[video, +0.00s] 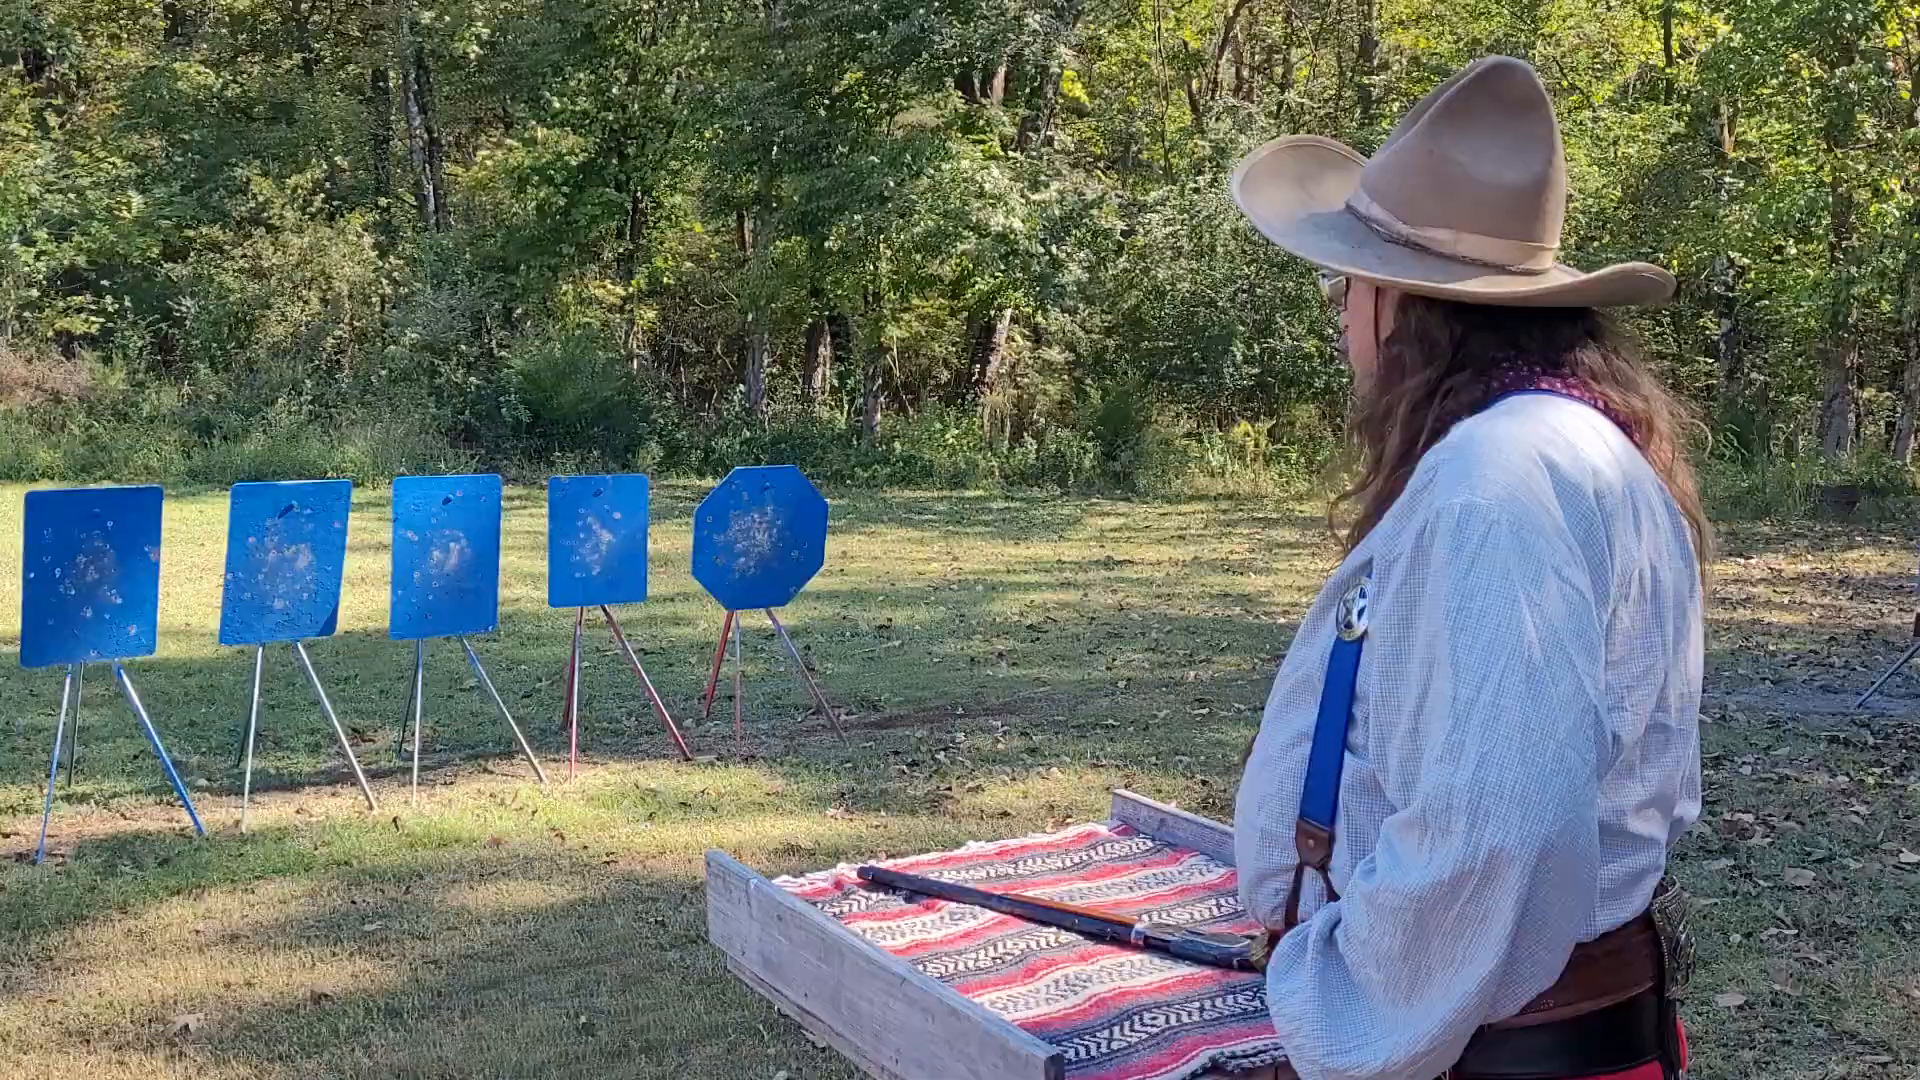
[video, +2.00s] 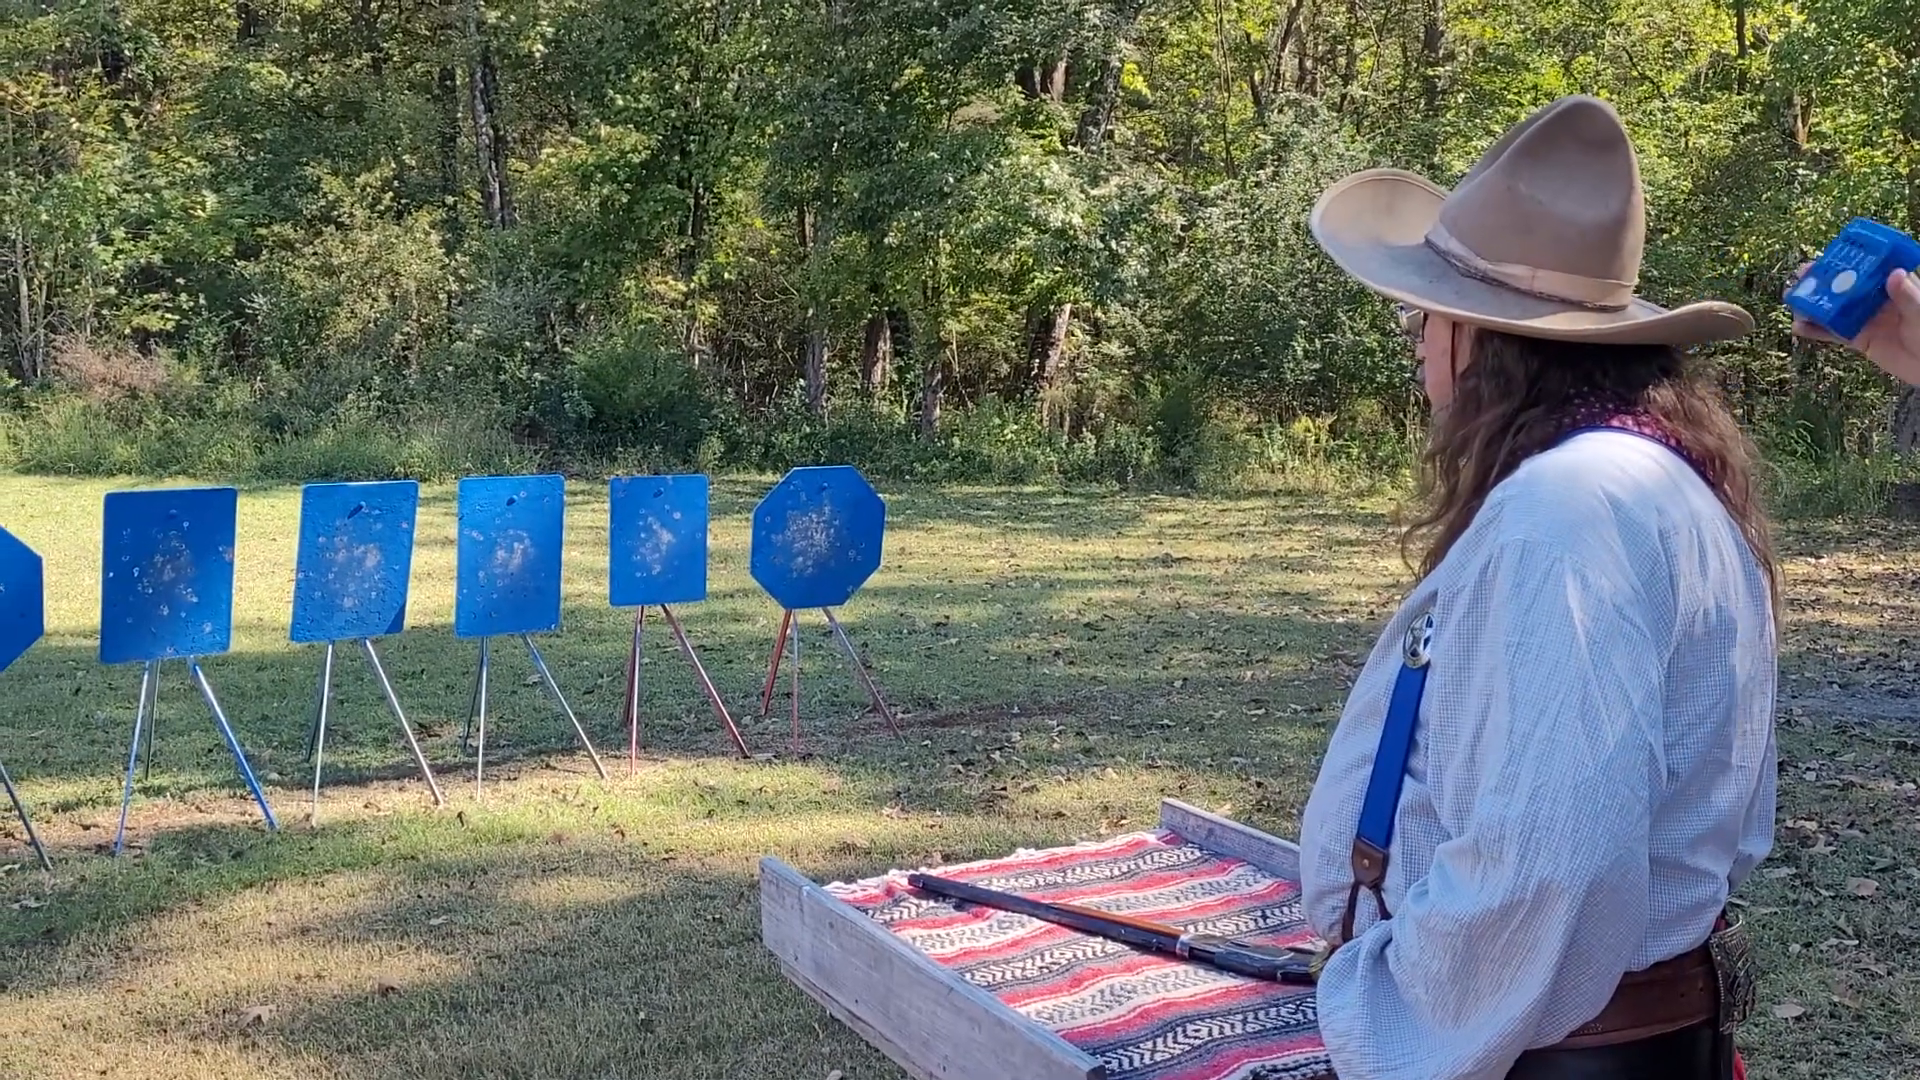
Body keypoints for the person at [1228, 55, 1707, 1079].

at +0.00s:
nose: (1339, 310)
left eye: (1348, 284)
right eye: (1343, 283)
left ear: (1402, 304)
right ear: (1518, 301)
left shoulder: (1502, 473)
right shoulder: (1588, 444)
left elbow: (1496, 824)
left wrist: (1327, 975)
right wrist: (1334, 875)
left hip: (1512, 1031)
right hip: (1598, 996)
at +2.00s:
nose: (1414, 341)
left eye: (1426, 317)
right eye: (1419, 316)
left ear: (1483, 338)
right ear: (1590, 332)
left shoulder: (1570, 505)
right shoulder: (1659, 475)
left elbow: (1549, 852)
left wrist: (1379, 991)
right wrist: (1403, 908)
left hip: (1572, 1035)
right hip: (1658, 1002)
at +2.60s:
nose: (1358, 347)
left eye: (1373, 323)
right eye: (1364, 322)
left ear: (1444, 347)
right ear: (1502, 339)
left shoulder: (1567, 520)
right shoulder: (1529, 491)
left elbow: (1583, 902)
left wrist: (1372, 1051)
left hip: (1573, 1040)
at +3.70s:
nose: (1344, 331)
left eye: (1353, 305)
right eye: (1348, 304)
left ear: (1403, 325)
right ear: (1485, 327)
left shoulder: (1601, 506)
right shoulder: (1434, 477)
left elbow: (1648, 905)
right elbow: (1233, 521)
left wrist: (1588, 1070)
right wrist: (1046, 464)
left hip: (1490, 1039)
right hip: (1363, 992)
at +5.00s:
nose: (1375, 319)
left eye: (1392, 291)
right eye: (1381, 290)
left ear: (1465, 313)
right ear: (1495, 315)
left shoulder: (1640, 494)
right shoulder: (1469, 464)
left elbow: (1680, 920)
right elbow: (1265, 509)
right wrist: (1067, 428)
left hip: (1502, 1037)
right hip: (1379, 992)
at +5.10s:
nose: (1376, 320)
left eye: (1391, 291)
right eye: (1382, 291)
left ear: (1455, 311)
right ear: (1504, 312)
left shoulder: (1638, 492)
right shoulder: (1468, 463)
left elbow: (1678, 921)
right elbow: (1265, 513)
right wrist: (1072, 445)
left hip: (1510, 1033)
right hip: (1386, 989)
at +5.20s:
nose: (1374, 317)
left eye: (1391, 289)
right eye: (1380, 287)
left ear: (1463, 309)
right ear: (1495, 312)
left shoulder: (1640, 490)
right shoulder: (1468, 462)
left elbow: (1681, 929)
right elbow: (1266, 518)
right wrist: (1069, 457)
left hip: (1508, 1034)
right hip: (1383, 988)